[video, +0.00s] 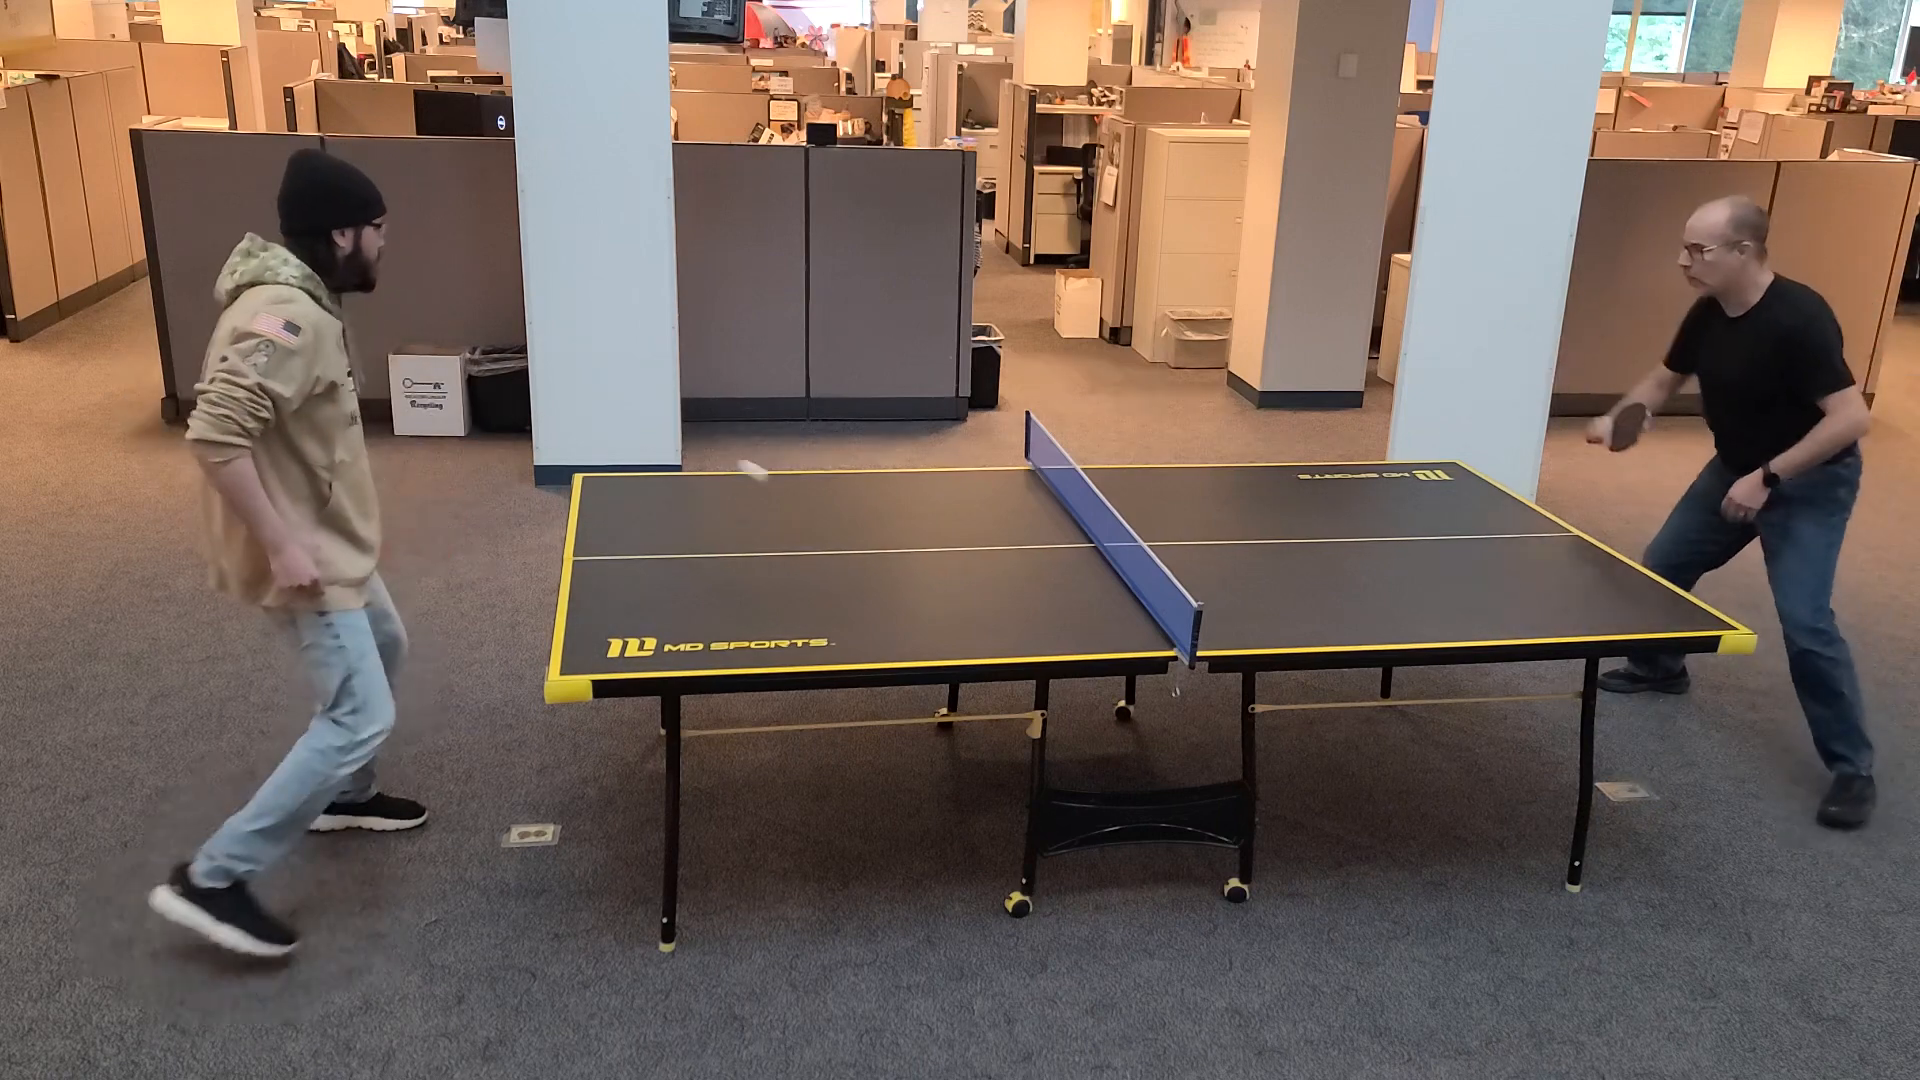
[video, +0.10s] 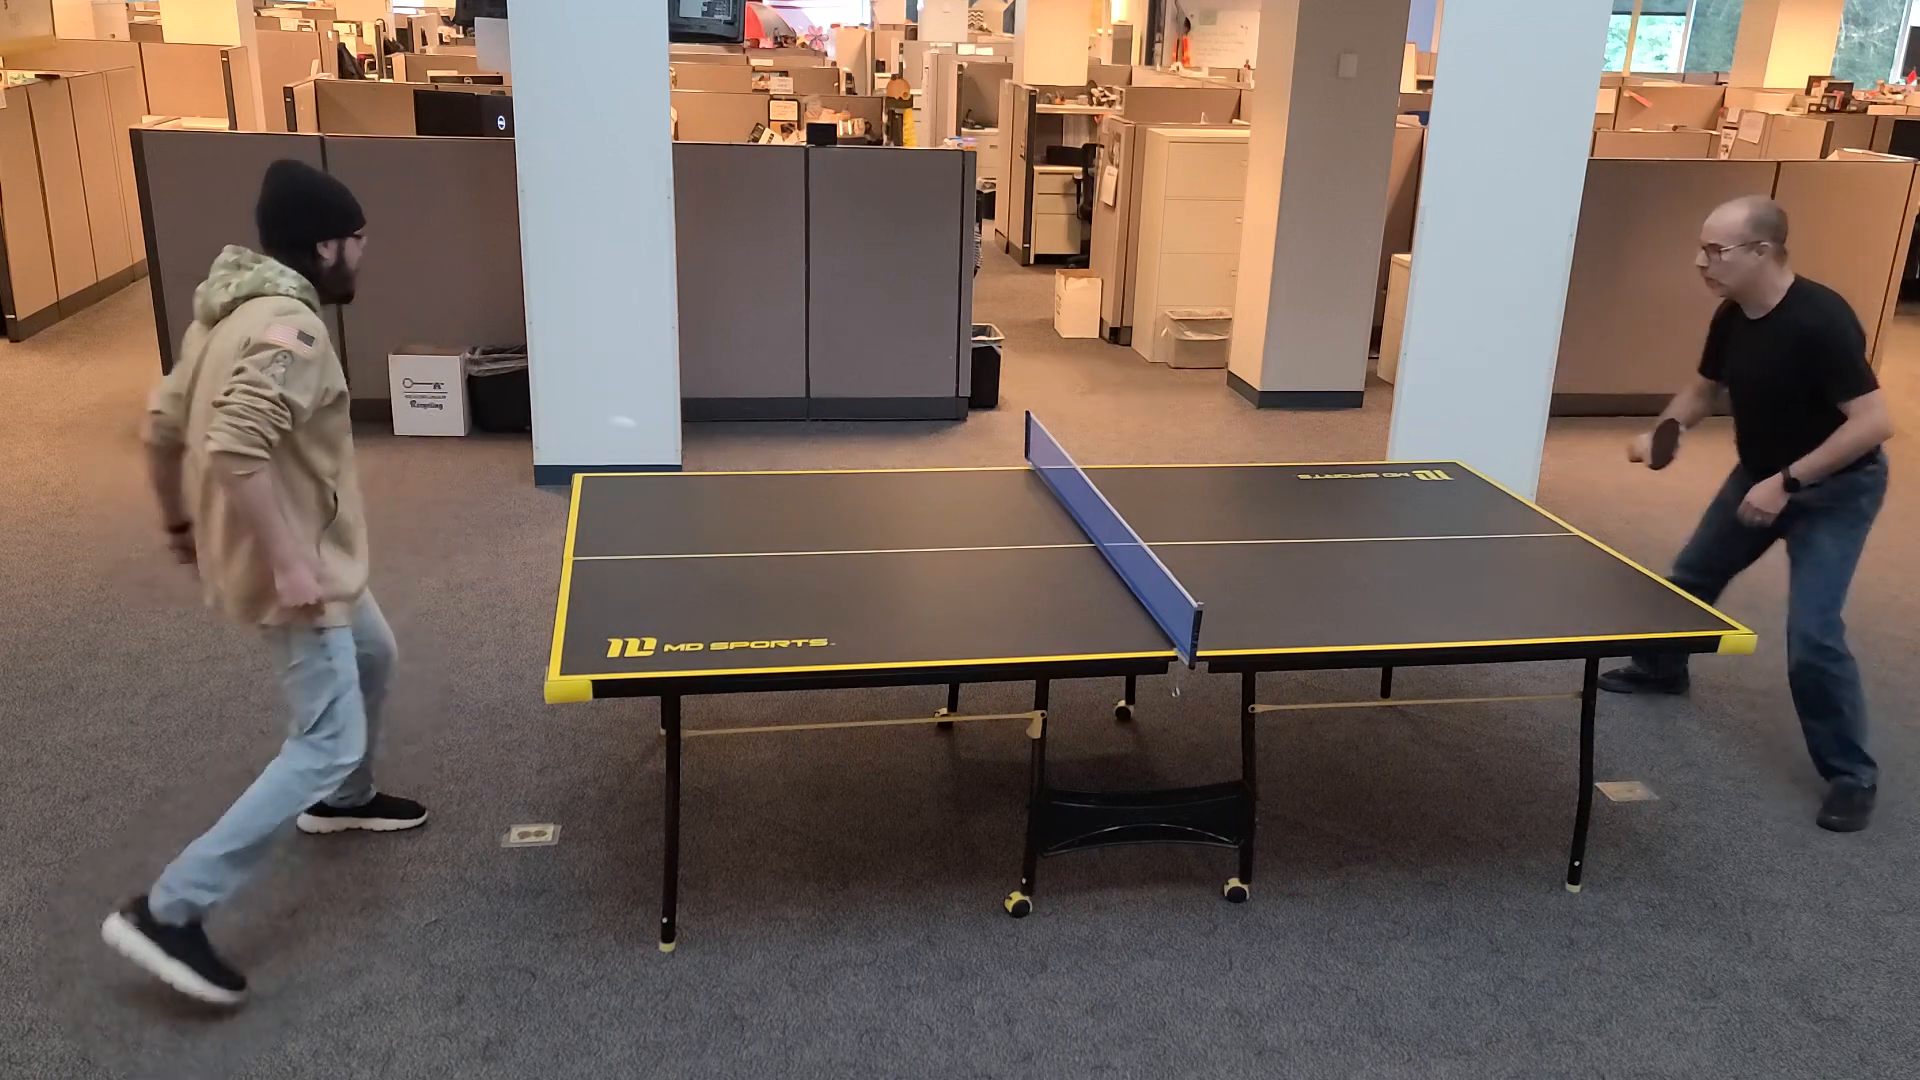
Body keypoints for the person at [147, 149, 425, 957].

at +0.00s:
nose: (384, 240)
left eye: (380, 225)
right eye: (374, 226)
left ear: (321, 232)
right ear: (336, 235)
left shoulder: (299, 297)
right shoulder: (280, 314)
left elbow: (249, 427)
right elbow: (217, 436)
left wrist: (324, 524)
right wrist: (283, 545)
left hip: (331, 540)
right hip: (301, 558)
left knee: (384, 643)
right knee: (359, 719)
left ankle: (345, 792)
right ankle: (212, 877)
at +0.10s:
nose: (363, 253)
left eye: (360, 238)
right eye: (354, 240)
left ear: (283, 241)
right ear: (319, 248)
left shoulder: (229, 309)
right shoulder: (287, 328)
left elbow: (165, 424)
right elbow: (234, 446)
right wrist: (290, 562)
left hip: (302, 560)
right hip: (291, 574)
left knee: (373, 656)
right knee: (330, 746)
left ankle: (341, 796)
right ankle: (169, 913)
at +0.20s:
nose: (333, 266)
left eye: (329, 252)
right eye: (326, 253)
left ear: (242, 254)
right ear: (297, 262)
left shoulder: (192, 326)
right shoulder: (275, 345)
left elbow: (135, 439)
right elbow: (247, 469)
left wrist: (137, 512)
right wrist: (299, 575)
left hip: (233, 577)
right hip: (278, 587)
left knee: (347, 664)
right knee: (290, 776)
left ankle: (340, 793)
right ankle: (149, 965)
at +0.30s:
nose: (300, 276)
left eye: (296, 261)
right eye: (294, 263)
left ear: (212, 264)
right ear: (269, 271)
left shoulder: (178, 347)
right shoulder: (248, 360)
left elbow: (137, 455)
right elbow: (231, 489)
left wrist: (210, 528)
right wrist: (307, 590)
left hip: (219, 589)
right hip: (246, 603)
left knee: (309, 676)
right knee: (271, 797)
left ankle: (333, 797)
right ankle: (138, 981)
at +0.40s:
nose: (279, 273)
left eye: (274, 257)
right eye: (269, 259)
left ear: (201, 266)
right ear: (235, 270)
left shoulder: (169, 346)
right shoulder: (198, 363)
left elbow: (217, 475)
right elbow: (182, 494)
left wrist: (325, 486)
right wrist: (286, 565)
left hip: (212, 591)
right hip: (209, 608)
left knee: (293, 682)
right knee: (265, 800)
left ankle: (304, 809)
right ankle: (136, 985)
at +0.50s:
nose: (266, 264)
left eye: (262, 247)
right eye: (255, 248)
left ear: (200, 257)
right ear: (213, 257)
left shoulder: (202, 347)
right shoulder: (153, 355)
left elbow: (274, 467)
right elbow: (128, 496)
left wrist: (393, 471)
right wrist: (250, 544)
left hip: (231, 589)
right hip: (194, 610)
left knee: (278, 686)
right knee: (245, 796)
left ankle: (267, 818)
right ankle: (131, 985)